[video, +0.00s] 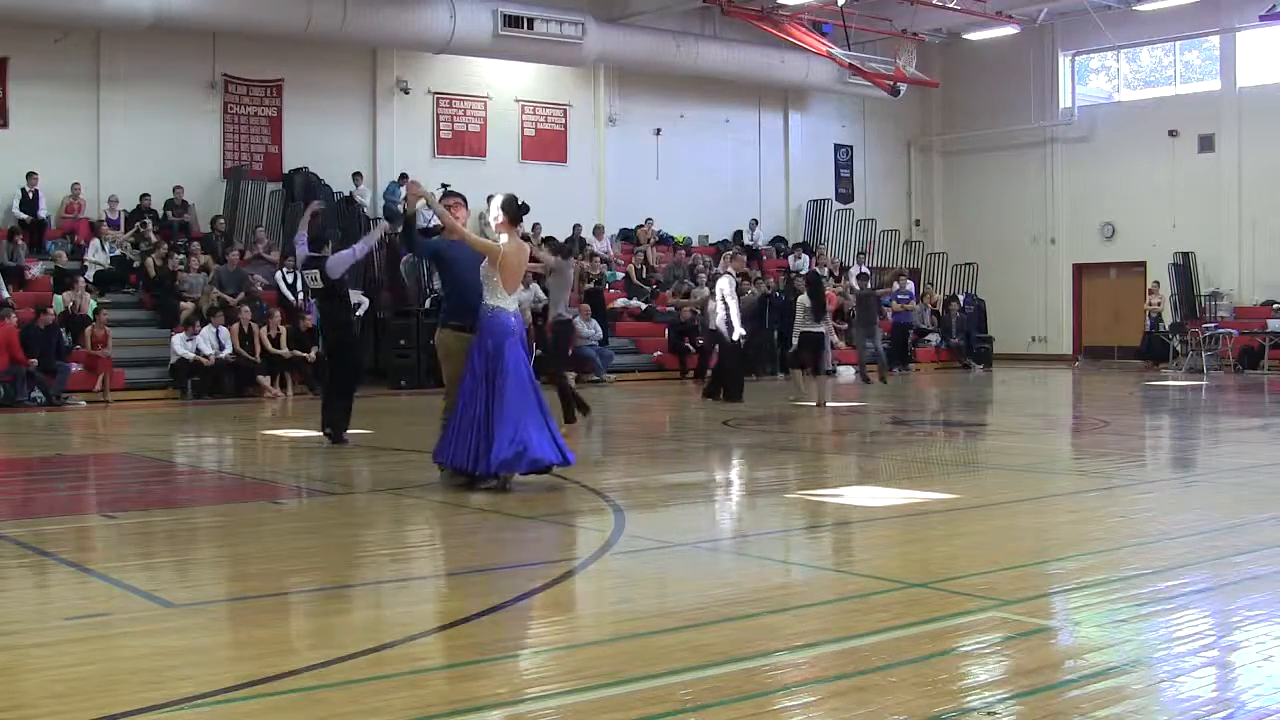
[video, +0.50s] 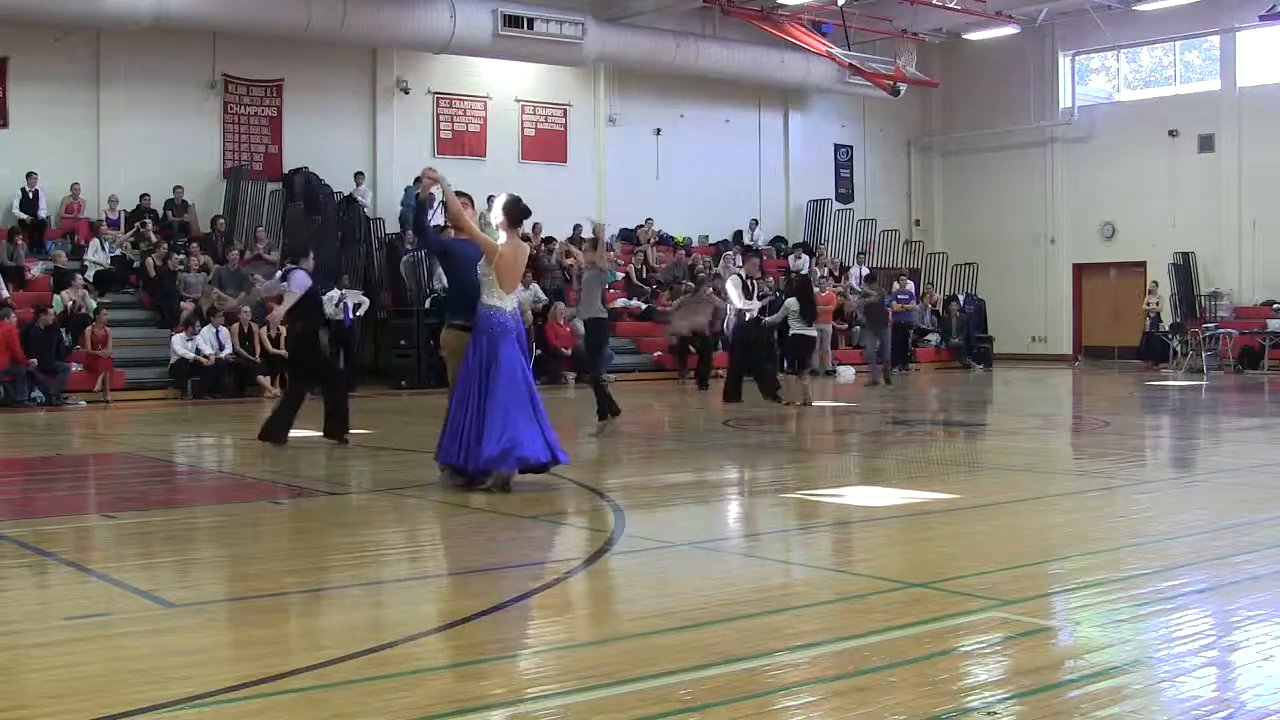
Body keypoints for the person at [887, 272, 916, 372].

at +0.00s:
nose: (903, 282)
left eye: (904, 280)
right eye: (901, 280)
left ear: (907, 281)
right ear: (898, 282)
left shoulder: (910, 294)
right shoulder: (895, 294)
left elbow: (913, 306)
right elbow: (894, 307)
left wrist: (901, 305)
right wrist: (907, 306)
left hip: (907, 322)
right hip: (897, 321)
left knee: (905, 344)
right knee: (896, 343)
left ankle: (905, 364)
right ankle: (895, 365)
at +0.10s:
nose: (903, 282)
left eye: (905, 280)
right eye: (901, 280)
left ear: (907, 281)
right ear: (898, 281)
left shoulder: (910, 294)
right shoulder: (895, 293)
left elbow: (913, 306)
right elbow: (894, 307)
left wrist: (901, 306)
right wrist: (908, 306)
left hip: (907, 321)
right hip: (897, 321)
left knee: (905, 343)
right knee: (896, 343)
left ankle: (905, 364)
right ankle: (895, 364)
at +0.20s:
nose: (903, 282)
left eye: (905, 280)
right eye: (901, 280)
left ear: (907, 281)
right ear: (898, 281)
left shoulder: (910, 293)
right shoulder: (894, 292)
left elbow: (913, 306)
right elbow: (894, 307)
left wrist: (900, 305)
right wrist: (908, 306)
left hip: (907, 321)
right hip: (897, 321)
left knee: (905, 343)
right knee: (896, 343)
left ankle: (905, 364)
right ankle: (895, 365)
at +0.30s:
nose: (903, 282)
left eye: (905, 280)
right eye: (901, 280)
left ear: (907, 281)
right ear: (898, 281)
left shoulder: (910, 293)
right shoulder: (895, 292)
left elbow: (913, 306)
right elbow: (894, 307)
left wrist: (900, 306)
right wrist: (908, 306)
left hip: (907, 321)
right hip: (897, 321)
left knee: (905, 343)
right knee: (896, 343)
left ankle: (905, 363)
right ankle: (895, 364)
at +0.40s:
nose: (903, 282)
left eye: (905, 280)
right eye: (901, 280)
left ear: (907, 281)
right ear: (898, 281)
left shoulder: (910, 294)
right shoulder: (895, 293)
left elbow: (913, 306)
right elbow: (894, 307)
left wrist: (900, 306)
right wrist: (908, 306)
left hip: (907, 321)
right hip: (897, 321)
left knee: (905, 343)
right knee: (896, 343)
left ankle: (905, 363)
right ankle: (896, 364)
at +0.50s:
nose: (903, 282)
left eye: (905, 280)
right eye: (901, 280)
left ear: (907, 281)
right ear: (898, 281)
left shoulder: (910, 294)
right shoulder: (894, 293)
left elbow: (913, 306)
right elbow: (894, 307)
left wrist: (900, 306)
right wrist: (908, 306)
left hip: (907, 321)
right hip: (897, 321)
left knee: (905, 343)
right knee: (896, 343)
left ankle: (905, 363)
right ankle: (895, 365)